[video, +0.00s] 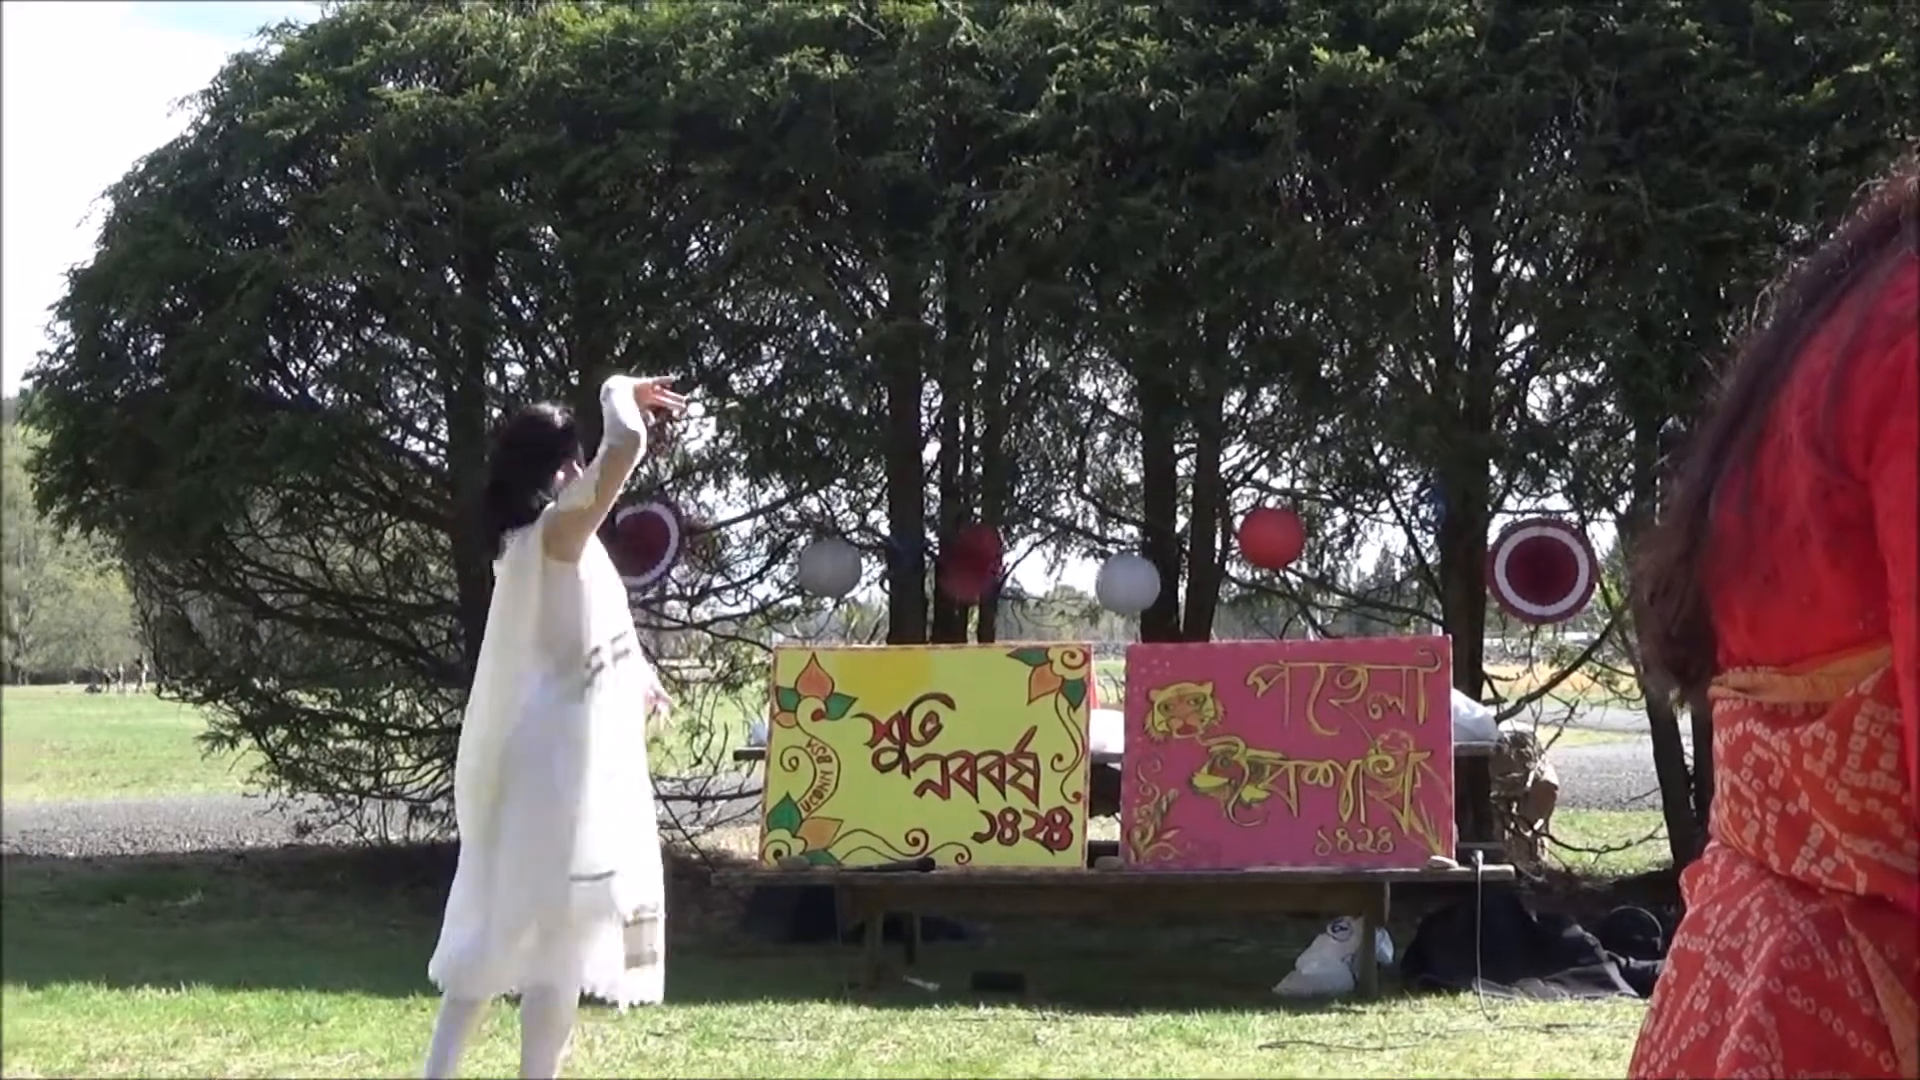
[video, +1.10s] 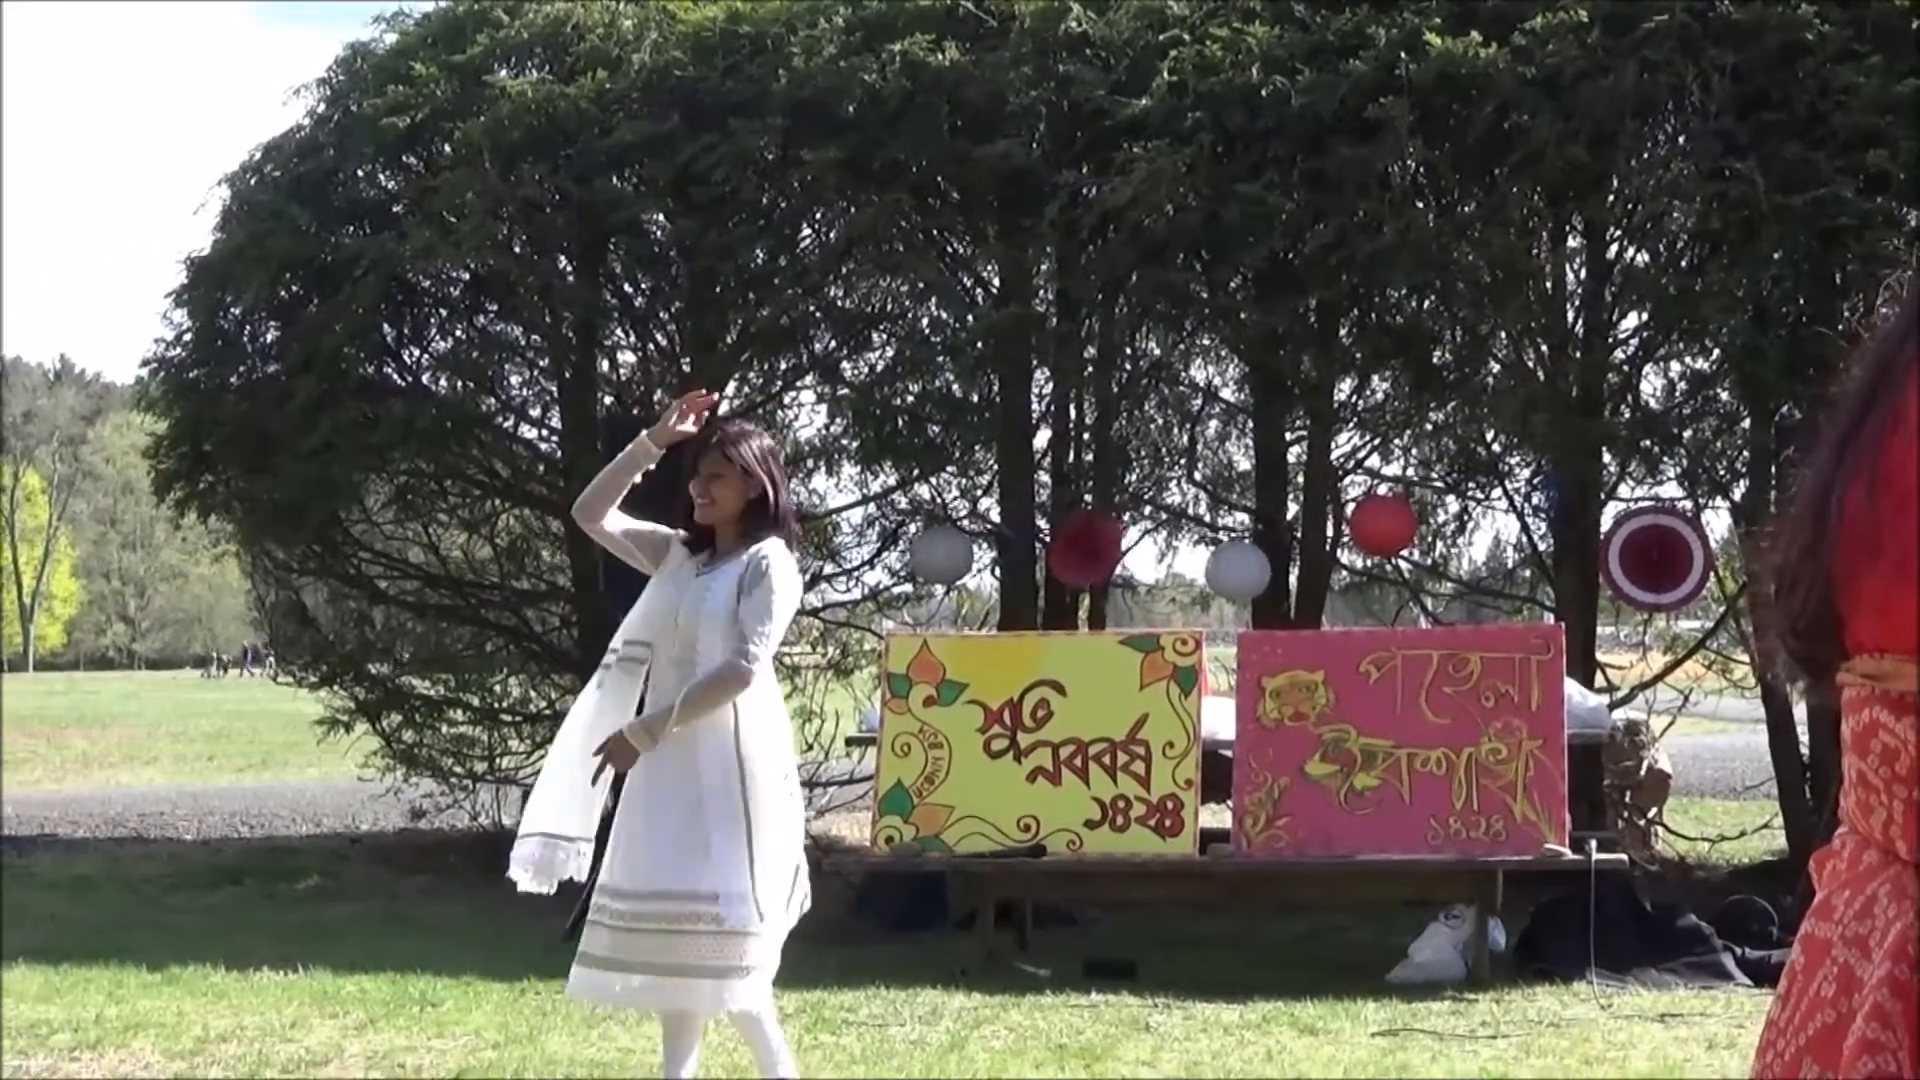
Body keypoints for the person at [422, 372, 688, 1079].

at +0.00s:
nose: (588, 473)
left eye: (586, 460)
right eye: (579, 459)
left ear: (528, 475)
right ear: (557, 472)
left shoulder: (559, 548)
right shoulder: (545, 542)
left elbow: (583, 644)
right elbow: (599, 488)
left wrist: (639, 677)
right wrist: (627, 412)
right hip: (550, 772)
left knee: (491, 934)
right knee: (558, 939)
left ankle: (438, 1067)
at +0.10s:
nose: (605, 472)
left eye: (602, 459)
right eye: (596, 458)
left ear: (524, 468)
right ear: (575, 470)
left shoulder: (507, 550)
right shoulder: (593, 538)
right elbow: (672, 445)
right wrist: (627, 395)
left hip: (531, 738)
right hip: (594, 745)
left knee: (510, 915)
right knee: (582, 922)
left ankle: (479, 1068)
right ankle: (570, 1070)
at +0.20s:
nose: (624, 468)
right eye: (615, 456)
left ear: (532, 470)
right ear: (612, 467)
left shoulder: (504, 548)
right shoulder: (636, 534)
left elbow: (506, 635)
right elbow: (701, 438)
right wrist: (630, 402)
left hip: (532, 746)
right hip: (619, 746)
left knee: (530, 922)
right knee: (612, 925)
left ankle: (529, 1069)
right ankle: (611, 1070)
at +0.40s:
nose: (582, 464)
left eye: (593, 453)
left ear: (608, 469)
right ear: (685, 476)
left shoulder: (578, 545)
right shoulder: (704, 543)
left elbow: (533, 640)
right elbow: (731, 451)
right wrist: (653, 409)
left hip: (605, 734)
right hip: (683, 731)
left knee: (599, 909)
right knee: (689, 909)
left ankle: (618, 1069)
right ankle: (714, 1068)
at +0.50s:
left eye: (661, 458)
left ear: (666, 474)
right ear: (734, 481)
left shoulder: (631, 551)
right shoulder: (744, 553)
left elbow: (567, 645)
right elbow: (723, 466)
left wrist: (612, 687)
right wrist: (662, 407)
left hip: (642, 736)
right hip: (720, 735)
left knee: (631, 912)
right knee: (718, 911)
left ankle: (659, 1069)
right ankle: (759, 1065)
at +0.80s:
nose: (671, 492)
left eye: (679, 480)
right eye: (672, 480)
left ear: (716, 490)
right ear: (727, 494)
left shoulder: (700, 567)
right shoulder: (716, 557)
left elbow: (639, 673)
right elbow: (624, 491)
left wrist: (595, 708)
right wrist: (656, 427)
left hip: (667, 784)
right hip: (704, 779)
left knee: (639, 930)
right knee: (695, 929)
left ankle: (664, 1069)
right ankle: (786, 1057)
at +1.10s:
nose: (698, 487)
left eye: (714, 474)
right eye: (694, 474)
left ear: (756, 482)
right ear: (690, 481)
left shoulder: (768, 562)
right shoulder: (679, 550)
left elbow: (745, 668)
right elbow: (592, 513)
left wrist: (646, 728)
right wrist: (655, 438)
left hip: (728, 762)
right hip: (667, 760)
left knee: (718, 933)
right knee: (675, 924)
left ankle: (779, 1068)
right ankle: (679, 1068)